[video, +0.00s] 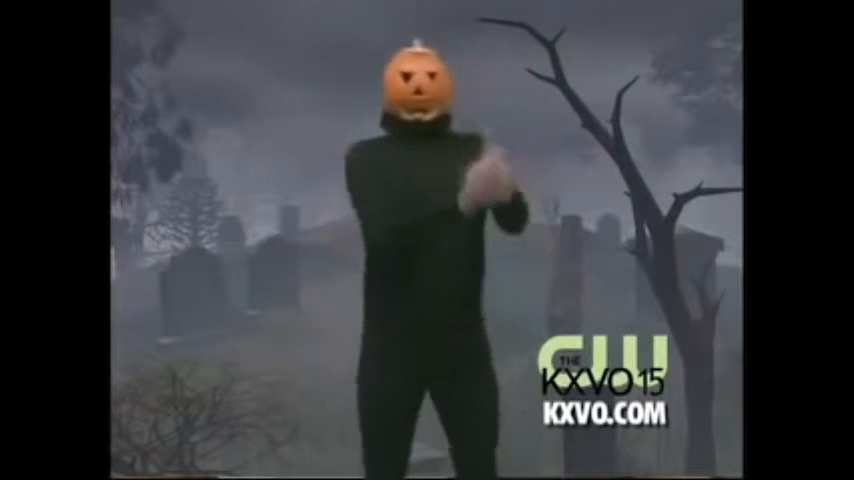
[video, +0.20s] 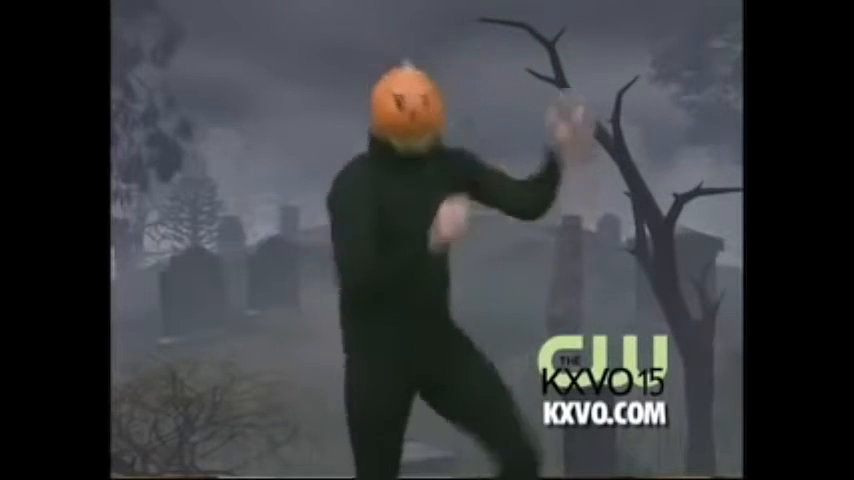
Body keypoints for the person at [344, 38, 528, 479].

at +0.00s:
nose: (419, 84)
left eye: (430, 75)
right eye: (406, 75)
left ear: (448, 88)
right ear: (387, 90)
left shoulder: (472, 151)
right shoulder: (367, 158)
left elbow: (514, 223)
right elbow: (384, 228)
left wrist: (502, 190)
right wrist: (461, 203)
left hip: (459, 340)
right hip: (390, 344)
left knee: (478, 467)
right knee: (384, 469)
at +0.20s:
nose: (415, 143)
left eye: (423, 132)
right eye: (406, 136)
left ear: (438, 124)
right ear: (383, 128)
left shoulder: (450, 167)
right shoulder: (355, 184)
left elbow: (527, 203)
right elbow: (359, 281)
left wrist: (558, 153)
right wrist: (429, 242)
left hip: (437, 346)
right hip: (377, 356)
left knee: (518, 454)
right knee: (376, 471)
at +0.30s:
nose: (424, 130)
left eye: (433, 118)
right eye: (408, 120)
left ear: (446, 122)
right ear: (383, 128)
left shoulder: (445, 179)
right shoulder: (362, 197)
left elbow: (525, 192)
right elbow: (344, 310)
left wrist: (504, 119)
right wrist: (434, 322)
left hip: (432, 350)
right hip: (375, 363)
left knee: (529, 381)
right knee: (377, 472)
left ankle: (503, 474)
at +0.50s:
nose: (397, 77)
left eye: (403, 68)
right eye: (381, 69)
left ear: (414, 84)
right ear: (353, 90)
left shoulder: (420, 160)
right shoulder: (351, 163)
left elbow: (501, 175)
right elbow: (375, 273)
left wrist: (530, 99)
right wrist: (425, 358)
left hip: (436, 337)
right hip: (381, 344)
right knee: (382, 470)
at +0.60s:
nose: (400, 87)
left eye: (403, 77)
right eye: (382, 79)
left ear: (414, 95)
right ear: (352, 101)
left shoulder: (420, 168)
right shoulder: (348, 176)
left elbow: (504, 175)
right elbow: (385, 279)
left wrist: (568, 113)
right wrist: (481, 322)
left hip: (434, 351)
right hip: (382, 359)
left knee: (463, 469)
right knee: (395, 471)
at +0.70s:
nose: (439, 91)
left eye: (440, 80)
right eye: (425, 81)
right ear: (393, 95)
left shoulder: (416, 159)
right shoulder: (366, 178)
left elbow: (496, 181)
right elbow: (423, 284)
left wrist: (538, 117)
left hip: (416, 342)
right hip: (372, 351)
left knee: (491, 448)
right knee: (389, 471)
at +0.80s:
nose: (465, 125)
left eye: (467, 114)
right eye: (456, 114)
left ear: (419, 122)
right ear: (426, 122)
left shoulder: (418, 166)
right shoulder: (396, 187)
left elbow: (480, 173)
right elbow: (486, 280)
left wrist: (473, 107)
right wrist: (508, 190)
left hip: (410, 341)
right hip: (365, 356)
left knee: (511, 390)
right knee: (389, 471)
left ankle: (473, 474)